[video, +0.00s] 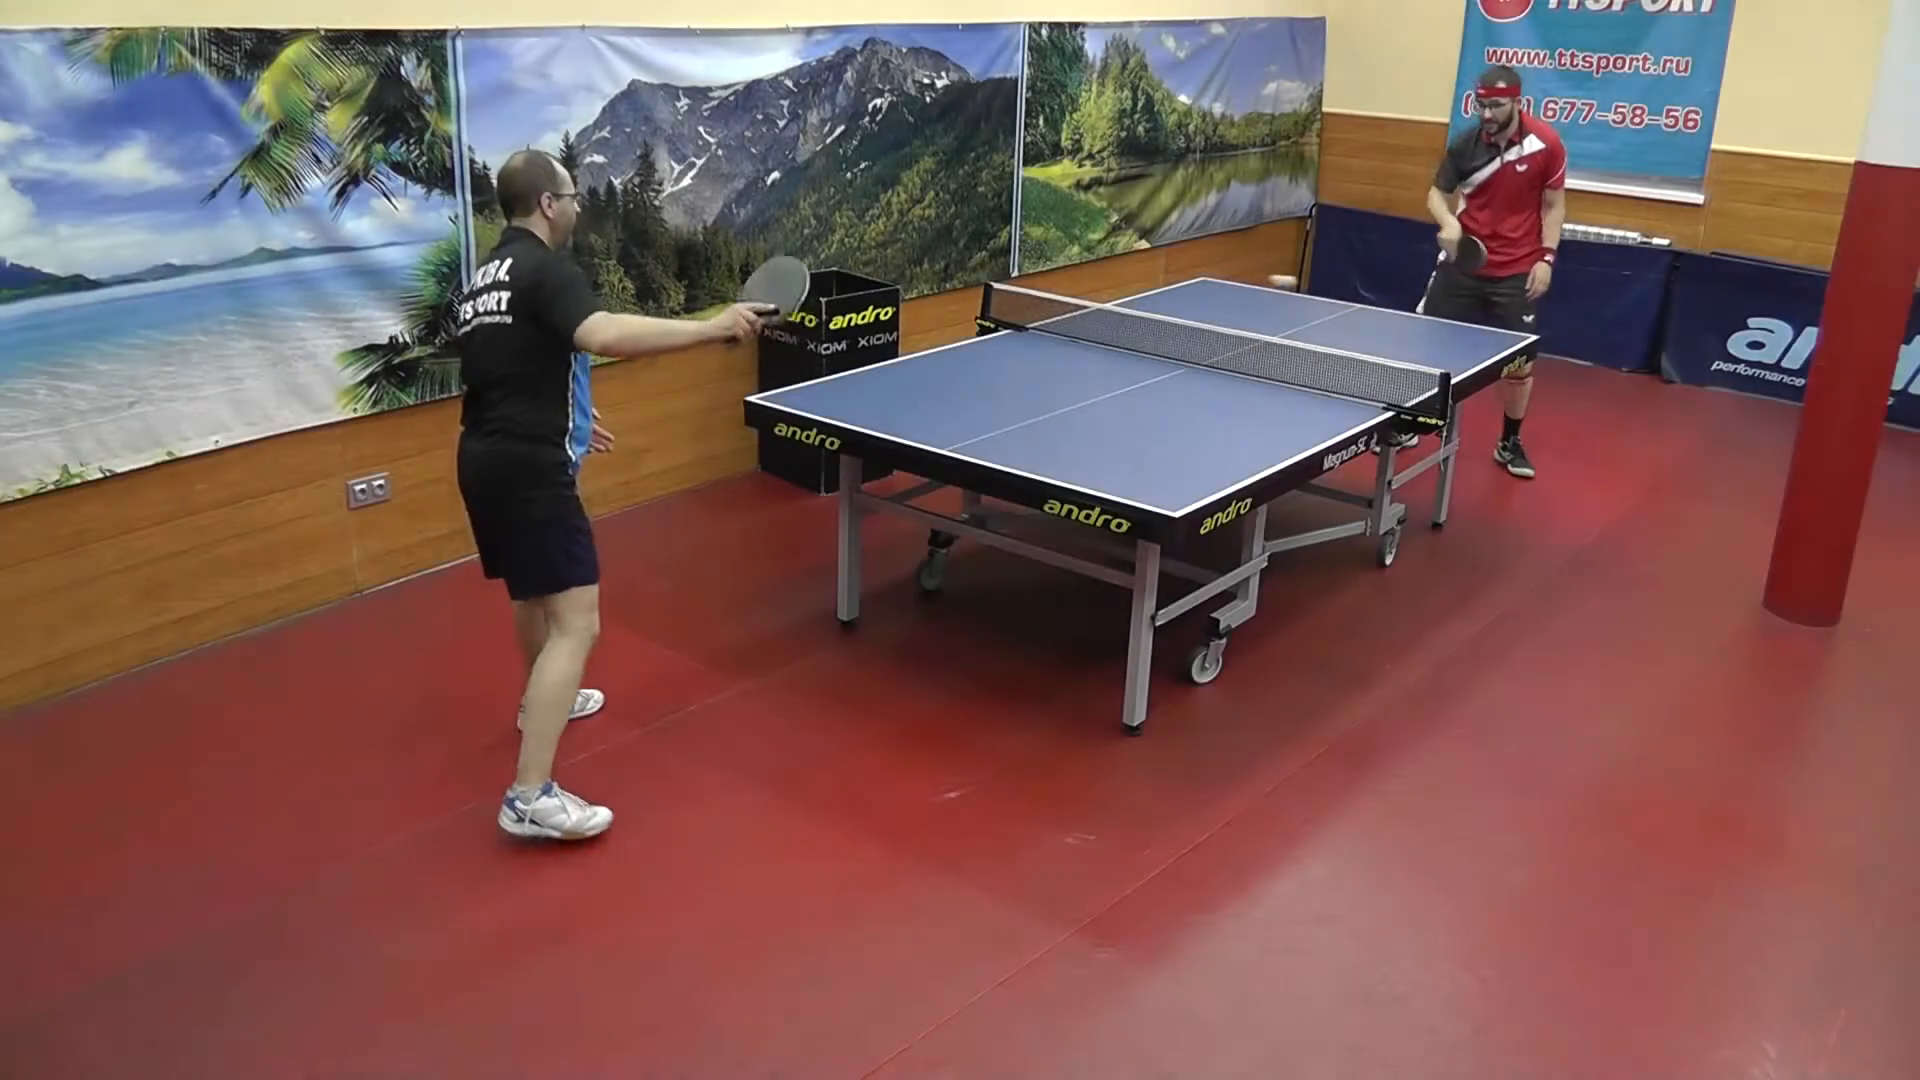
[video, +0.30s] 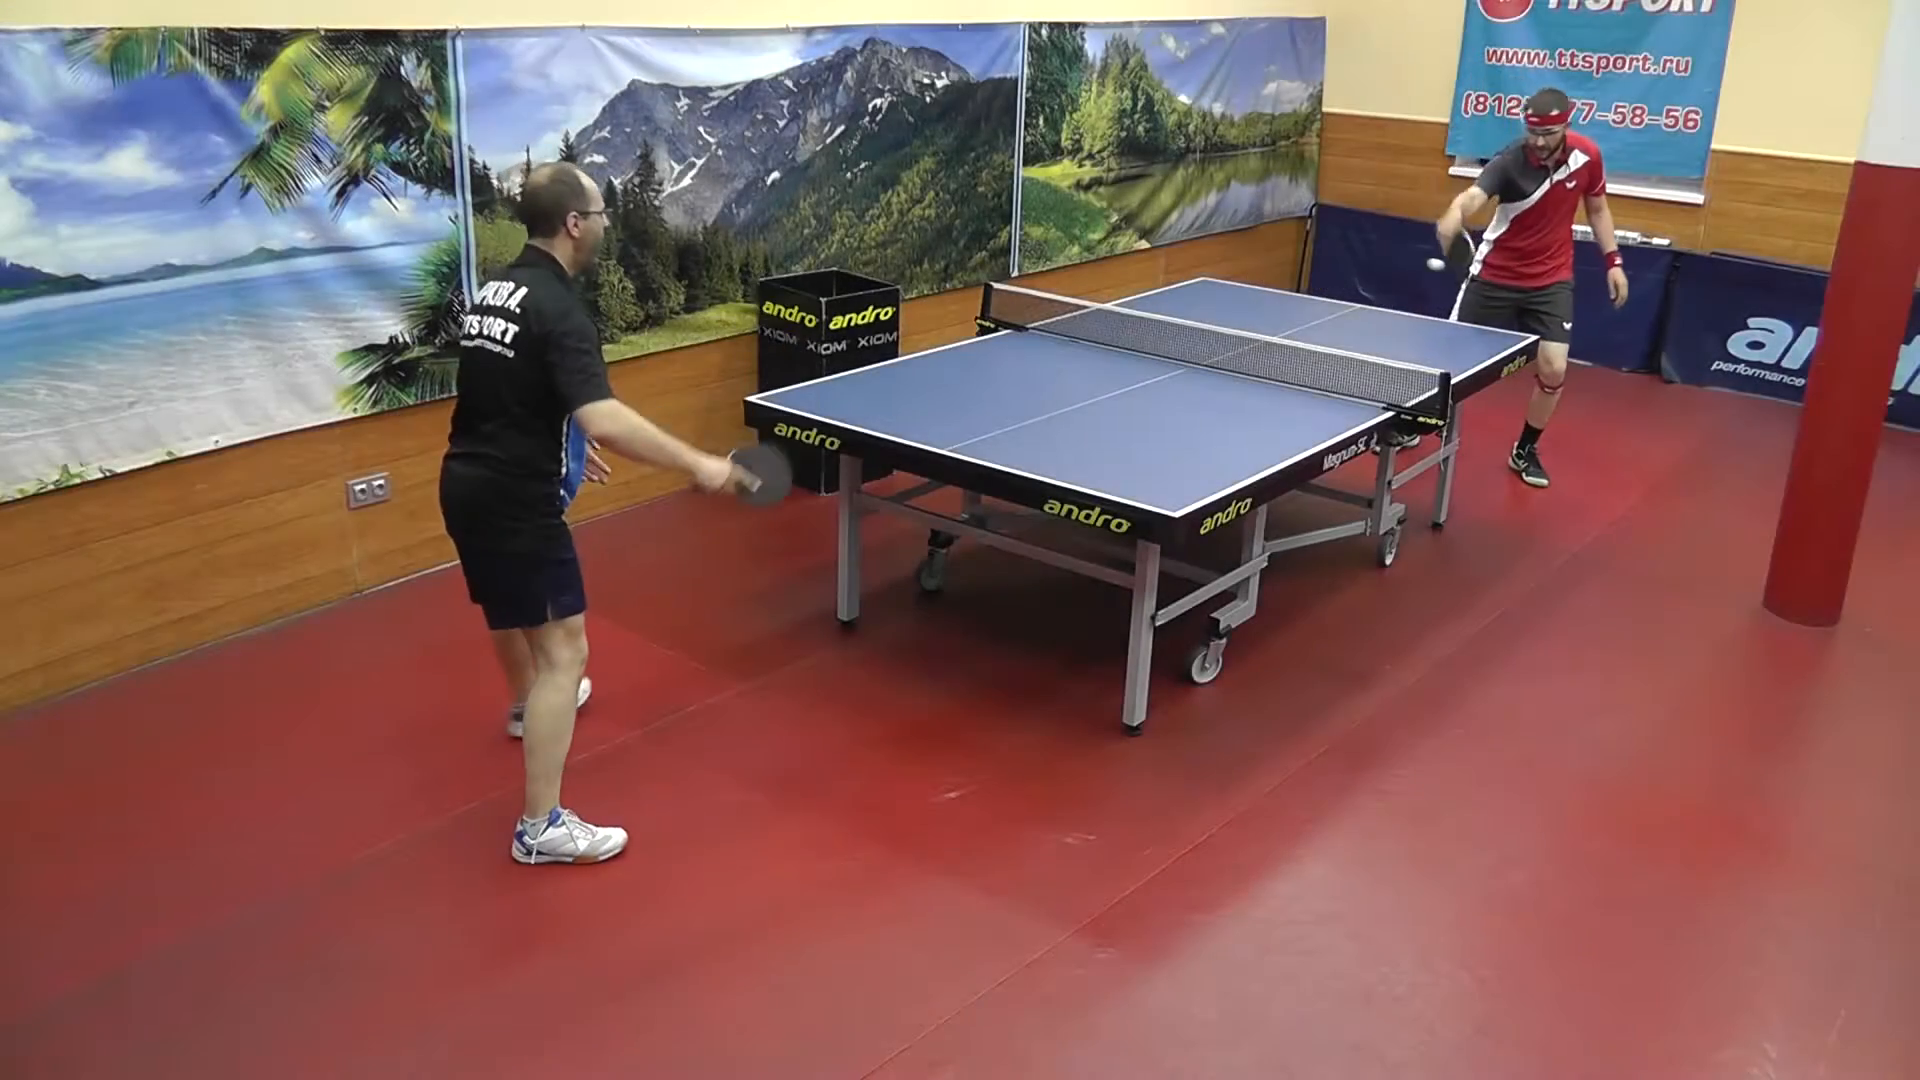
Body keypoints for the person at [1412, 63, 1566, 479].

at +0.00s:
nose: (1488, 114)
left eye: (1497, 105)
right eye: (1482, 105)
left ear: (1518, 102)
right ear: (1476, 102)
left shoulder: (1547, 146)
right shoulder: (1466, 144)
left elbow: (1554, 205)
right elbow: (1436, 193)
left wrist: (1547, 258)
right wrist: (1448, 223)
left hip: (1515, 274)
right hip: (1460, 268)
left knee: (1521, 362)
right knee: (1426, 343)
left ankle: (1510, 442)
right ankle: (1412, 416)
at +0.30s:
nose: (1538, 141)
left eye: (1548, 133)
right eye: (1532, 132)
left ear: (1565, 126)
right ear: (1525, 126)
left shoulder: (1586, 156)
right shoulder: (1510, 161)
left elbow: (1598, 210)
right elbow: (1472, 198)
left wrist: (1613, 263)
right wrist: (1455, 214)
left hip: (1551, 281)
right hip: (1493, 277)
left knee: (1555, 371)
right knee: (1452, 356)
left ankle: (1526, 450)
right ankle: (1421, 417)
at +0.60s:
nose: (1543, 121)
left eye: (1553, 112)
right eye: (1537, 111)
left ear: (1571, 110)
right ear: (1529, 109)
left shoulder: (1592, 154)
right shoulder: (1511, 142)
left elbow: (1602, 212)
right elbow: (1462, 157)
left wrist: (1614, 269)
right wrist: (1447, 135)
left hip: (1546, 282)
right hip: (1489, 271)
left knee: (1542, 374)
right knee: (1441, 348)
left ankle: (1525, 450)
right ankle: (1405, 416)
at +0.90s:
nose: (1502, 118)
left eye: (1512, 110)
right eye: (1496, 109)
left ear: (1529, 111)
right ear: (1487, 109)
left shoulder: (1552, 159)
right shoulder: (1472, 153)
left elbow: (1562, 221)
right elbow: (1439, 193)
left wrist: (1554, 278)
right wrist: (1426, 198)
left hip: (1512, 287)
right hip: (1456, 276)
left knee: (1518, 377)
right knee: (1406, 343)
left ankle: (1522, 450)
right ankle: (1390, 419)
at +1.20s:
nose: (1468, 109)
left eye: (1477, 100)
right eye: (1462, 100)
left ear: (1496, 99)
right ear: (1454, 101)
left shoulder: (1522, 146)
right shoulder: (1444, 146)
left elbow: (1534, 210)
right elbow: (1416, 189)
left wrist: (1515, 262)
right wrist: (1398, 206)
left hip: (1491, 278)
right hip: (1436, 271)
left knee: (1510, 369)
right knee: (1390, 341)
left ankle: (1522, 450)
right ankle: (1383, 421)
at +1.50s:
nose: (1427, 121)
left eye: (1436, 112)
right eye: (1420, 112)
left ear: (1453, 110)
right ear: (1412, 113)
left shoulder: (1481, 152)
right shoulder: (1401, 154)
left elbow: (1502, 212)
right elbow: (1371, 203)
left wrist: (1499, 262)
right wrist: (1379, 221)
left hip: (1470, 276)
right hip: (1411, 274)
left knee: (1501, 360)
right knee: (1373, 344)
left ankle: (1522, 449)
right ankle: (1368, 426)